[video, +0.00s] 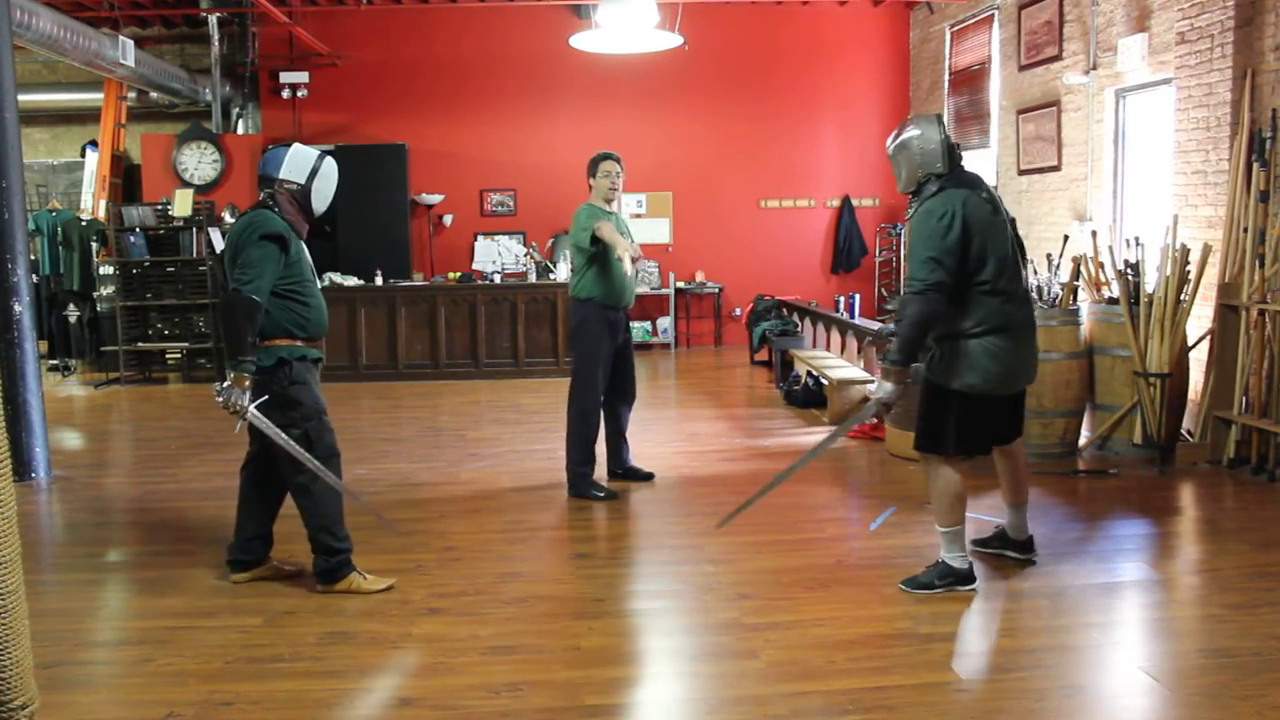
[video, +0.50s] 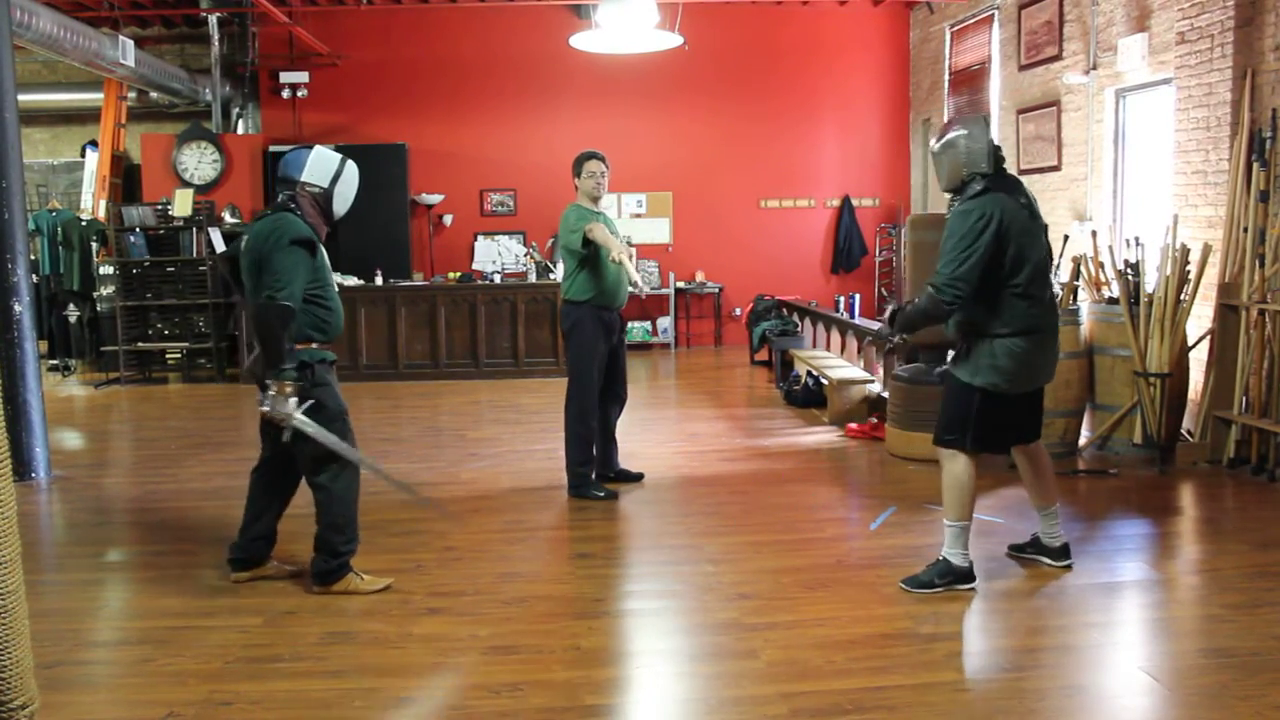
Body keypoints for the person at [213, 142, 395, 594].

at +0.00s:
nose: (322, 199)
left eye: (322, 190)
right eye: (319, 188)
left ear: (283, 182)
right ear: (300, 183)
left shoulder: (275, 227)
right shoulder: (266, 227)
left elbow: (249, 301)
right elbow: (245, 301)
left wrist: (239, 371)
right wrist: (240, 371)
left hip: (289, 362)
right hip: (283, 364)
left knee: (268, 462)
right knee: (318, 458)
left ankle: (247, 559)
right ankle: (335, 569)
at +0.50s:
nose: (338, 207)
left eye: (339, 198)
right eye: (335, 196)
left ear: (295, 189)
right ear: (316, 190)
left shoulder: (264, 231)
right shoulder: (289, 234)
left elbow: (228, 265)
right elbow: (276, 309)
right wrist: (280, 381)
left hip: (285, 366)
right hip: (307, 366)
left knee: (279, 463)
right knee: (338, 462)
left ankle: (249, 558)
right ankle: (334, 568)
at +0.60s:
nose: (348, 205)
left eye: (349, 196)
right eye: (346, 194)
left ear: (305, 186)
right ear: (328, 188)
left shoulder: (271, 229)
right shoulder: (298, 234)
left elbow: (230, 266)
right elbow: (289, 317)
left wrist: (268, 300)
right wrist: (303, 386)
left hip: (287, 365)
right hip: (308, 368)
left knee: (294, 460)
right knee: (339, 464)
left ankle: (255, 551)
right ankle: (334, 569)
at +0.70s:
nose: (349, 205)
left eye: (350, 196)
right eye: (347, 194)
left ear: (310, 186)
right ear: (329, 188)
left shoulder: (276, 227)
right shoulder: (300, 233)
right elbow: (295, 316)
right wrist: (322, 376)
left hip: (288, 361)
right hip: (304, 364)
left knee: (314, 458)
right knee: (338, 462)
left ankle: (264, 542)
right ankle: (333, 570)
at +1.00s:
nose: (345, 205)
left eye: (346, 195)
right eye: (343, 193)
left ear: (312, 185)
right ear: (324, 185)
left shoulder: (305, 226)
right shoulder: (290, 224)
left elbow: (310, 297)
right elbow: (285, 299)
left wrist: (344, 342)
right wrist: (327, 345)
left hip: (321, 359)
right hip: (306, 361)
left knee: (342, 457)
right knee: (336, 462)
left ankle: (323, 546)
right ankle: (332, 571)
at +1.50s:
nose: (350, 202)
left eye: (353, 193)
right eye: (348, 192)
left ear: (327, 185)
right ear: (325, 184)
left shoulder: (325, 233)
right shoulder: (278, 222)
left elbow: (326, 291)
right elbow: (254, 294)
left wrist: (340, 327)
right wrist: (284, 340)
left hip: (324, 365)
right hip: (285, 367)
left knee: (331, 459)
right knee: (289, 464)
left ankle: (319, 554)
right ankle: (264, 571)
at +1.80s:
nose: (328, 201)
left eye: (329, 192)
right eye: (325, 190)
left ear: (297, 185)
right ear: (303, 185)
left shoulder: (297, 234)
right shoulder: (254, 230)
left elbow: (300, 299)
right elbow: (241, 310)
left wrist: (313, 343)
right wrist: (281, 358)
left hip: (304, 370)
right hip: (266, 373)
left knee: (327, 460)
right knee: (244, 470)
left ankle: (319, 554)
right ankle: (195, 573)